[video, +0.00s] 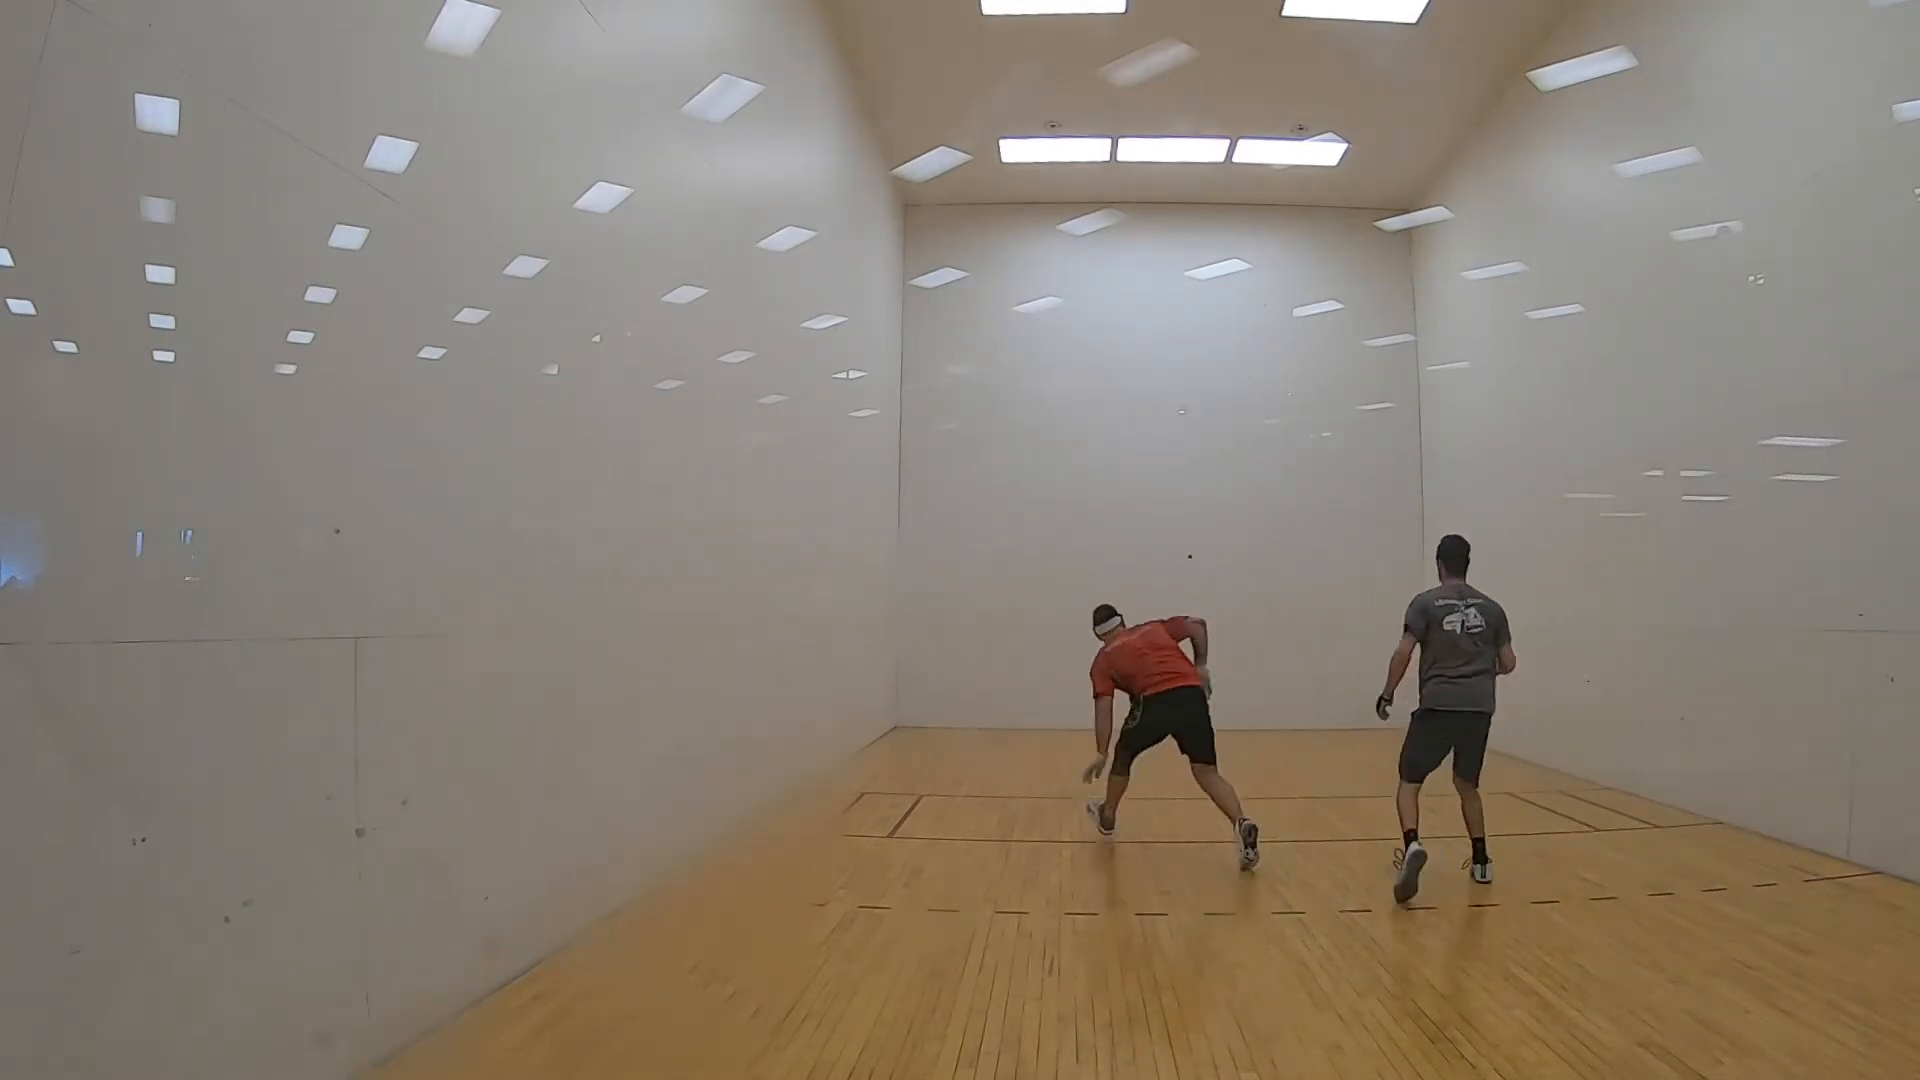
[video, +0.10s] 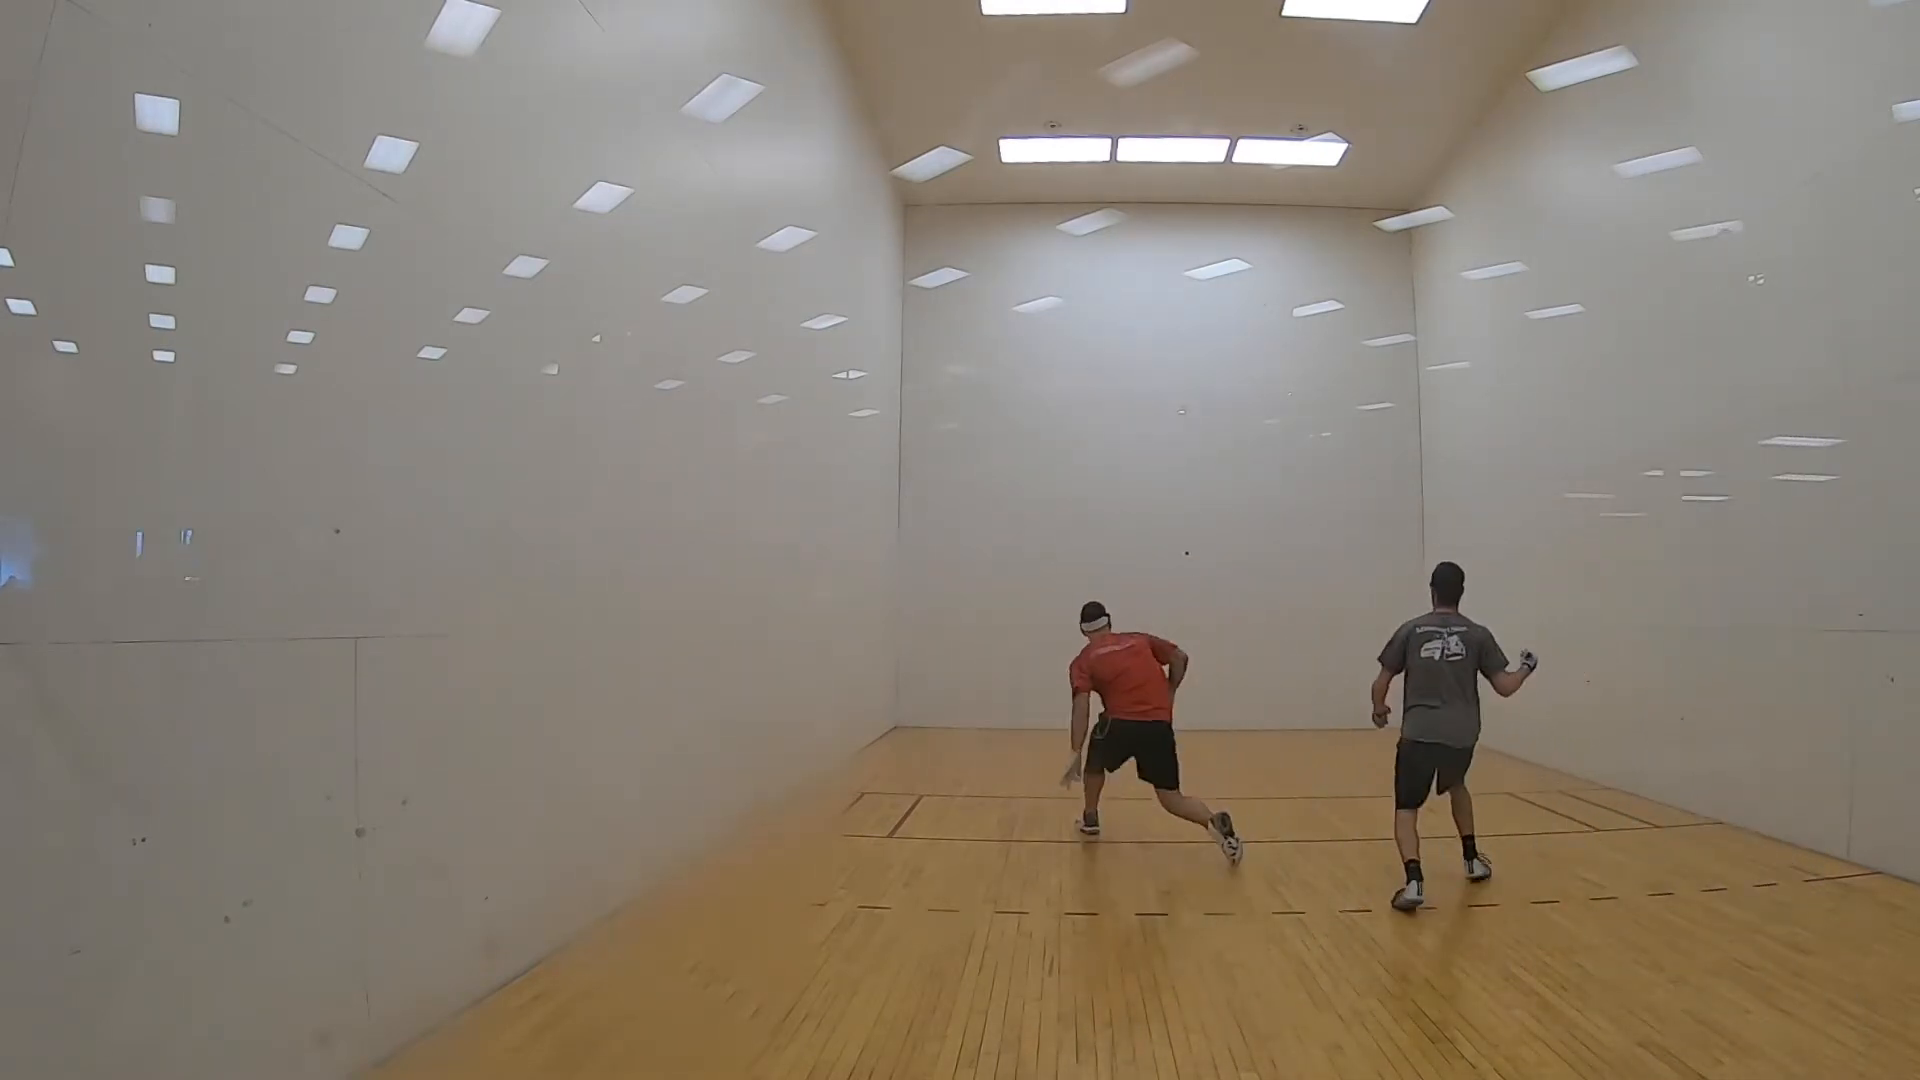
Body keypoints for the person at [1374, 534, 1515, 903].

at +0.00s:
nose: (1439, 569)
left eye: (1438, 564)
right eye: (1449, 562)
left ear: (1438, 564)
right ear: (1468, 564)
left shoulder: (1424, 603)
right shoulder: (1491, 608)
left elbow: (1404, 651)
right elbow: (1507, 664)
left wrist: (1388, 693)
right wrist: (1476, 664)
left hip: (1436, 709)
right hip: (1478, 712)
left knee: (1409, 782)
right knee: (1466, 782)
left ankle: (1411, 846)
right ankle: (1481, 862)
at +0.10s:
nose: (1439, 593)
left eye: (1436, 587)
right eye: (1454, 588)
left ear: (1431, 591)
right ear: (1463, 592)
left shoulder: (1411, 631)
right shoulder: (1478, 635)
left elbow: (1381, 681)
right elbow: (1505, 686)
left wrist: (1379, 709)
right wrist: (1526, 666)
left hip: (1417, 736)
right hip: (1462, 737)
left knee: (1406, 809)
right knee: (1457, 786)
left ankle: (1413, 884)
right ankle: (1471, 859)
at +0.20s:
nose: (1434, 601)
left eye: (1431, 595)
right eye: (1450, 597)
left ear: (1428, 600)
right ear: (1459, 602)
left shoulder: (1402, 636)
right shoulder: (1468, 641)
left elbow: (1383, 690)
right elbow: (1503, 685)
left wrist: (1414, 692)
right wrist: (1546, 674)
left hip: (1404, 741)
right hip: (1448, 741)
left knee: (1405, 814)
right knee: (1455, 773)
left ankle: (1415, 885)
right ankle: (1462, 845)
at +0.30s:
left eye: (1438, 594)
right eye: (1458, 598)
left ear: (1433, 598)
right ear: (1462, 602)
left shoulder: (1410, 628)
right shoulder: (1464, 637)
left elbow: (1397, 664)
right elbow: (1500, 677)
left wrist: (1447, 675)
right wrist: (1551, 677)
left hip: (1391, 721)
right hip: (1435, 720)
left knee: (1394, 795)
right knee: (1457, 772)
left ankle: (1399, 849)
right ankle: (1452, 853)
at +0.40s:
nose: (1457, 609)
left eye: (1447, 604)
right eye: (1461, 606)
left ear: (1435, 606)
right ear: (1462, 610)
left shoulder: (1412, 632)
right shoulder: (1457, 641)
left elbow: (1403, 674)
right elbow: (1493, 676)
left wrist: (1433, 696)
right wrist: (1542, 682)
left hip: (1381, 717)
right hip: (1420, 718)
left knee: (1401, 793)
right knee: (1444, 780)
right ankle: (1450, 856)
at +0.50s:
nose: (1452, 620)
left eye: (1445, 612)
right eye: (1454, 615)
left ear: (1428, 613)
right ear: (1455, 618)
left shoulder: (1406, 637)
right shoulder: (1449, 645)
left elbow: (1375, 669)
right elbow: (1473, 676)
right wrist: (1518, 689)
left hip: (1369, 713)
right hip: (1404, 716)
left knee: (1393, 768)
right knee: (1435, 782)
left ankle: (1335, 813)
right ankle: (1449, 854)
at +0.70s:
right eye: (1421, 619)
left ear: (1399, 612)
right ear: (1422, 622)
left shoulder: (1368, 627)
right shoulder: (1412, 662)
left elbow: (1325, 644)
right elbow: (1408, 713)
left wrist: (1311, 673)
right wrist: (1424, 754)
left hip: (1338, 714)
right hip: (1370, 724)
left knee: (1362, 753)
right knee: (1391, 781)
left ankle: (1349, 810)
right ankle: (1423, 822)